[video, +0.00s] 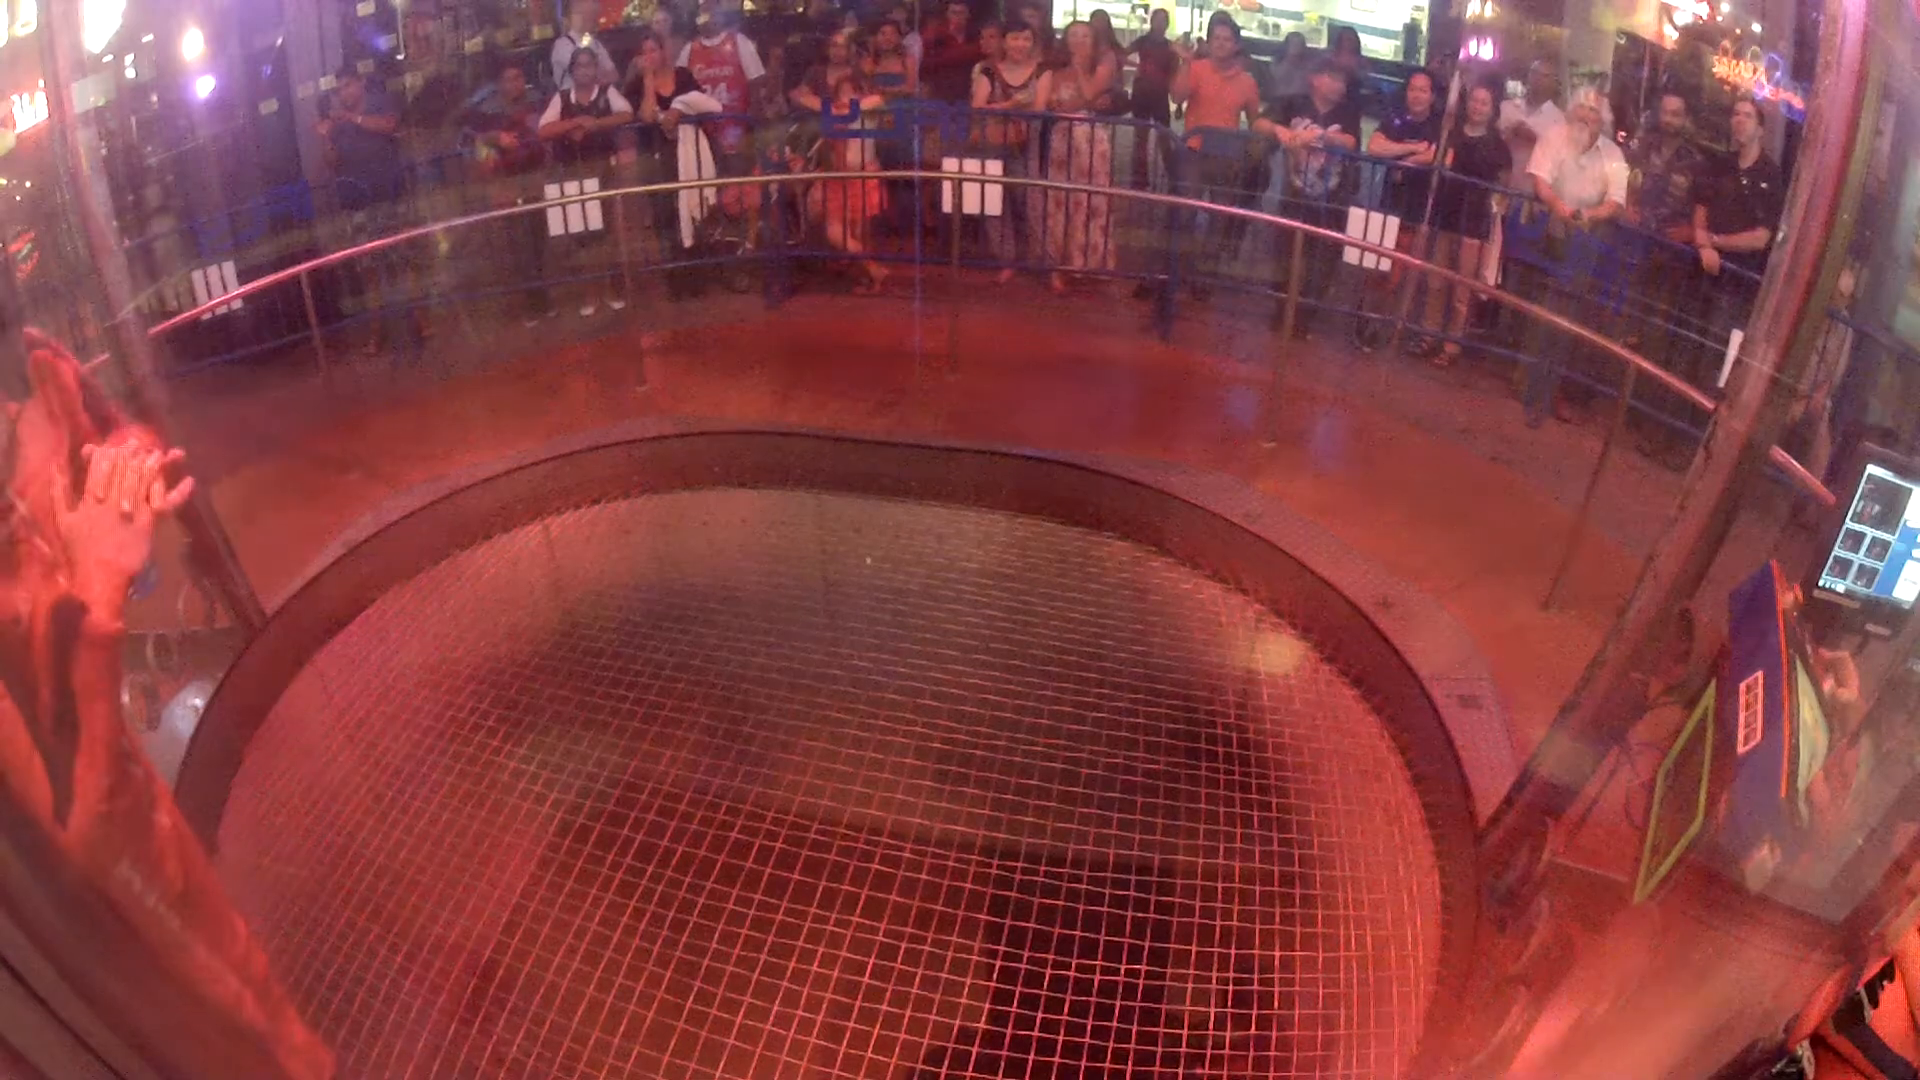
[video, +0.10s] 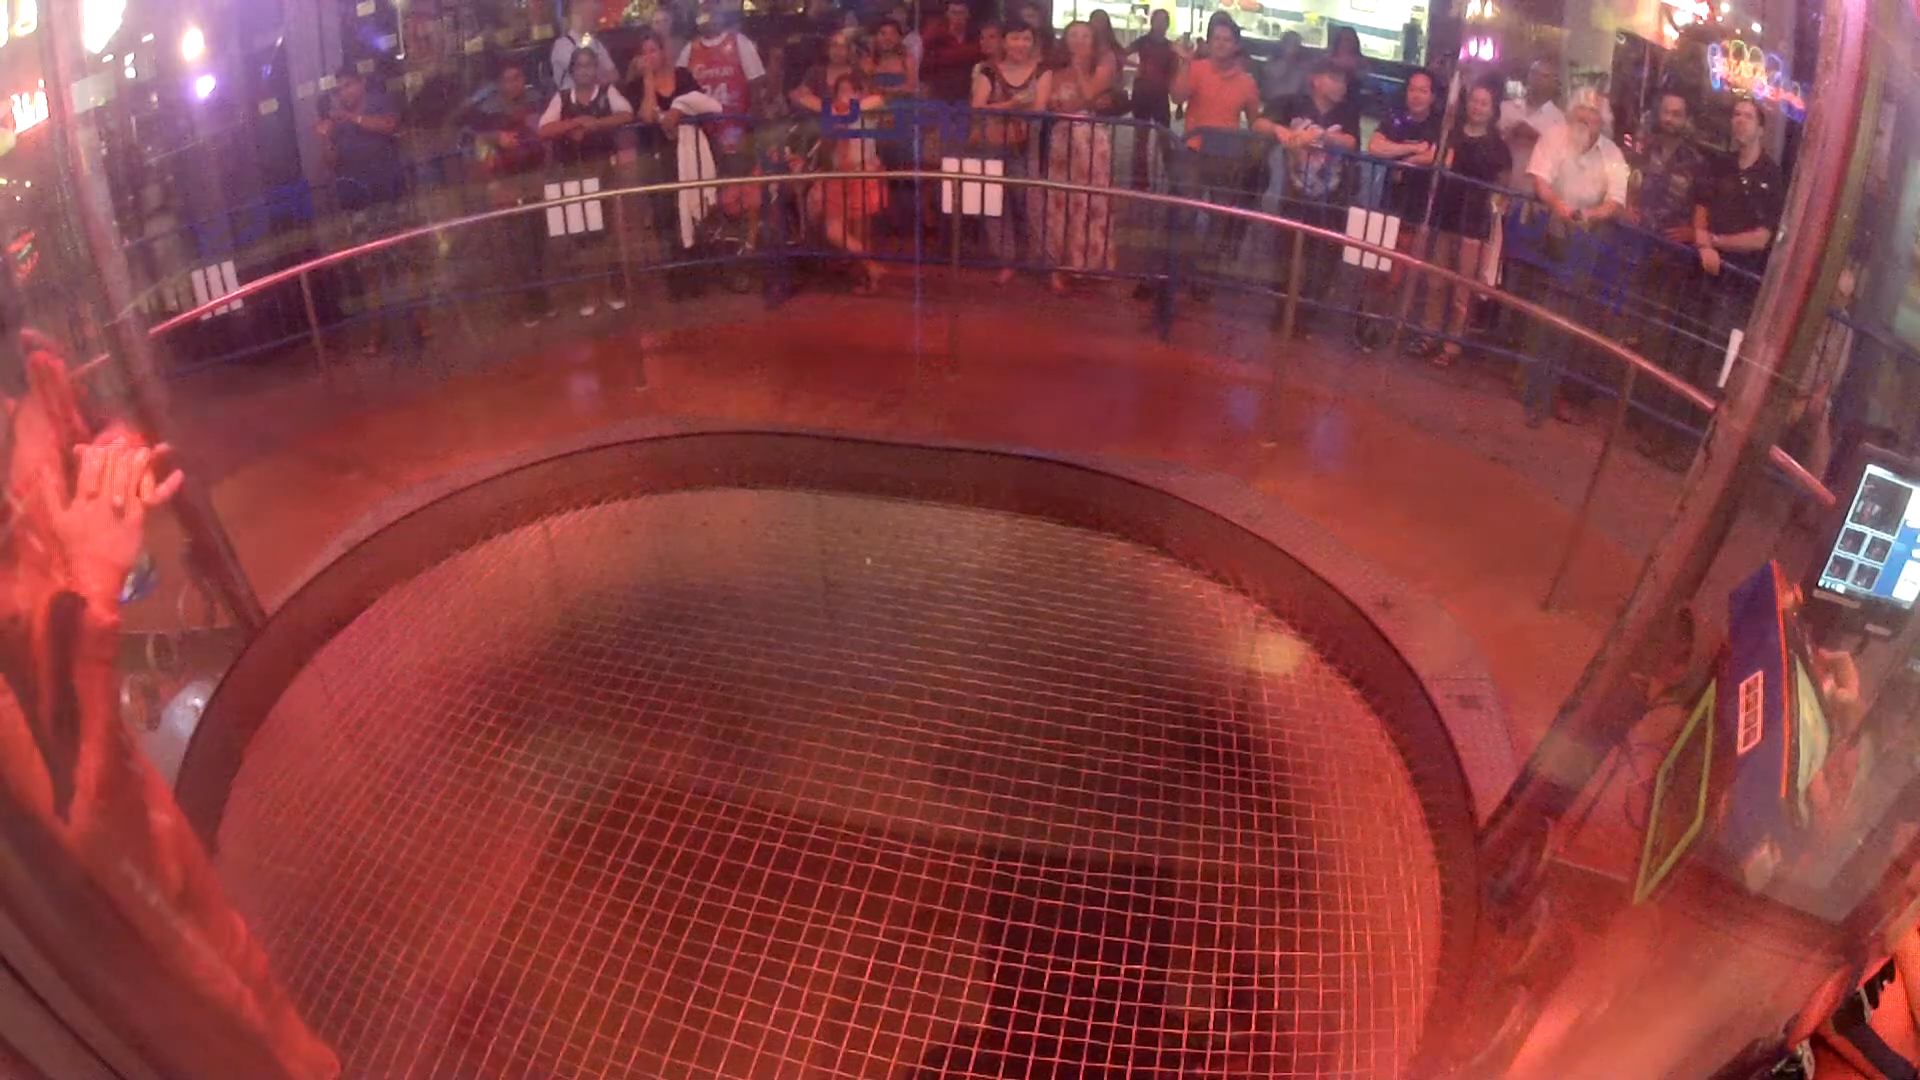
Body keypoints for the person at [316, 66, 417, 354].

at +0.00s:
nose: (344, 93)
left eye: (348, 86)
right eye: (339, 89)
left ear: (363, 85)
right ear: (337, 93)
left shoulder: (381, 106)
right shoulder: (339, 122)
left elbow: (389, 125)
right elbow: (333, 164)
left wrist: (351, 118)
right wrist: (327, 139)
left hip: (393, 197)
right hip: (358, 204)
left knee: (408, 262)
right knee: (369, 271)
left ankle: (420, 320)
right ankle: (376, 331)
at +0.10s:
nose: (345, 93)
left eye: (349, 86)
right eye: (340, 89)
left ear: (363, 85)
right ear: (337, 94)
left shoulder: (381, 106)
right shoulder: (339, 122)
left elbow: (389, 125)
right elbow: (333, 164)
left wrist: (351, 118)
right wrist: (327, 139)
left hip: (393, 198)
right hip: (358, 204)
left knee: (408, 262)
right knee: (369, 271)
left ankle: (420, 320)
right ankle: (376, 330)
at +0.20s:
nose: (345, 93)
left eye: (349, 86)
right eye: (340, 88)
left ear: (363, 85)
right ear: (337, 93)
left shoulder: (381, 105)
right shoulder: (339, 121)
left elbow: (390, 125)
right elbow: (333, 163)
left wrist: (351, 118)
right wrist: (327, 139)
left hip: (393, 196)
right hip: (358, 203)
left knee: (408, 261)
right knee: (368, 269)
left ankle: (419, 320)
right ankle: (376, 330)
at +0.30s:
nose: (345, 93)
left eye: (349, 86)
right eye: (340, 88)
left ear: (363, 85)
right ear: (337, 93)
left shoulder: (381, 105)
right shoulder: (339, 122)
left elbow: (390, 125)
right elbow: (333, 163)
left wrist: (351, 118)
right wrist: (327, 139)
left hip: (393, 196)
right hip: (358, 203)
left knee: (408, 261)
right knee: (368, 269)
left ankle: (419, 319)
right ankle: (376, 329)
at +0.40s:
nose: (346, 94)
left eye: (350, 87)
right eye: (341, 90)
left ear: (363, 85)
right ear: (338, 95)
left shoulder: (381, 105)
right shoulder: (339, 122)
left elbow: (389, 125)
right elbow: (335, 165)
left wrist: (352, 118)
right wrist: (327, 139)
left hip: (394, 197)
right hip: (361, 203)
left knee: (404, 263)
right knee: (370, 269)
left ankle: (416, 322)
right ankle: (379, 329)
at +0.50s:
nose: (346, 94)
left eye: (350, 87)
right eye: (340, 90)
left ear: (363, 85)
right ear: (338, 94)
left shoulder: (381, 106)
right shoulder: (339, 122)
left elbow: (389, 125)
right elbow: (335, 164)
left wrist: (352, 118)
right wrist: (326, 139)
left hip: (394, 197)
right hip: (361, 203)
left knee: (404, 263)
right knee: (370, 270)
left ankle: (416, 322)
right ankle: (379, 329)